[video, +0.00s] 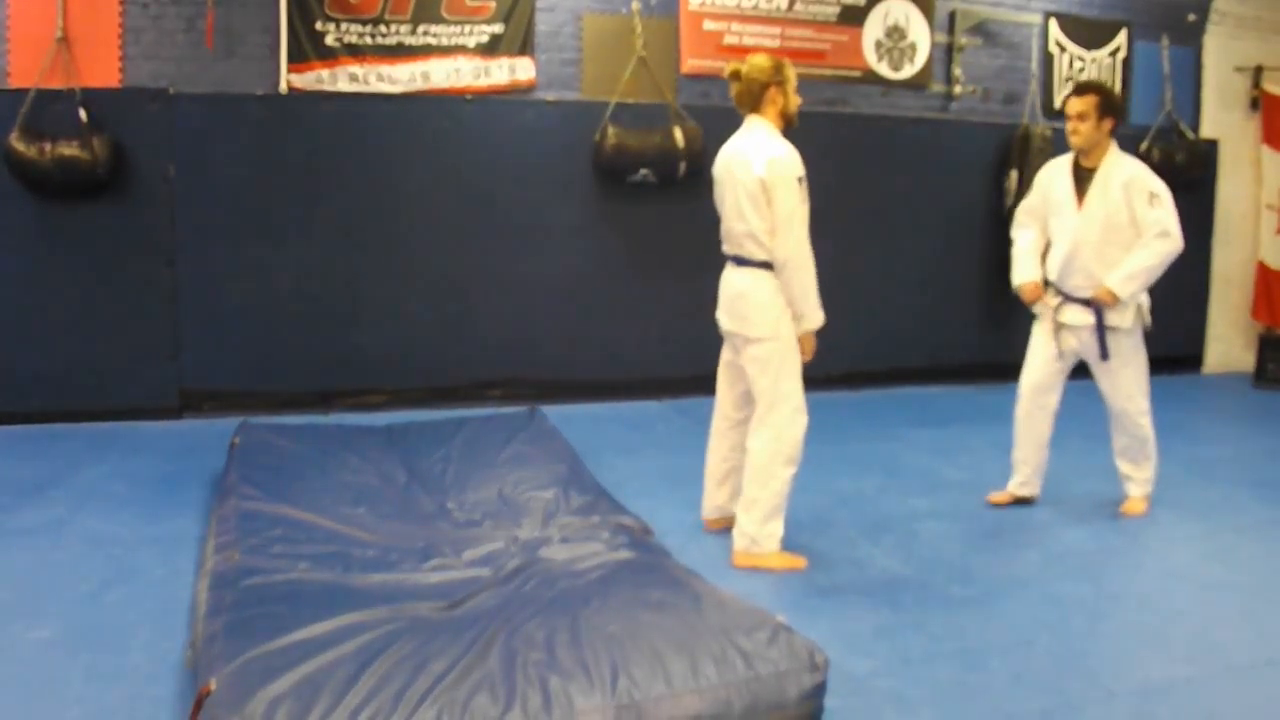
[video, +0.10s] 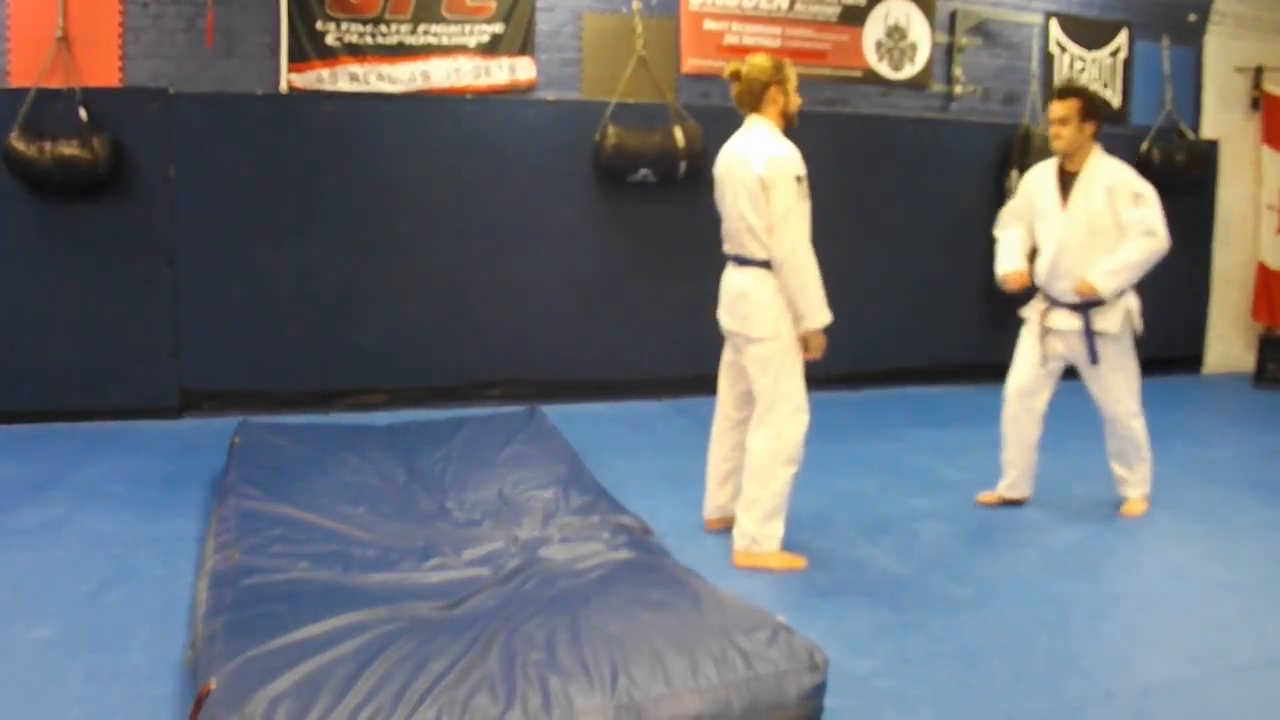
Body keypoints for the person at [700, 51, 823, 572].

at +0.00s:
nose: (797, 99)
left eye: (794, 90)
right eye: (793, 91)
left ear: (747, 96)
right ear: (777, 95)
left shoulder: (730, 150)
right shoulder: (780, 156)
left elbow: (733, 232)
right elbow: (792, 247)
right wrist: (807, 320)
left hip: (734, 278)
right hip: (767, 287)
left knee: (734, 403)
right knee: (783, 415)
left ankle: (719, 507)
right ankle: (756, 542)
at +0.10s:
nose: (797, 99)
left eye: (794, 90)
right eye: (793, 91)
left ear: (749, 95)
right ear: (776, 95)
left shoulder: (732, 149)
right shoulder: (779, 156)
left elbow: (735, 231)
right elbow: (790, 248)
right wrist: (812, 320)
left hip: (735, 277)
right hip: (766, 286)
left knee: (735, 403)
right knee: (784, 414)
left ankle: (720, 506)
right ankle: (756, 541)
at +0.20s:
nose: (797, 99)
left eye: (794, 90)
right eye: (793, 91)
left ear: (750, 96)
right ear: (776, 96)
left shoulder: (734, 148)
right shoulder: (778, 156)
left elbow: (735, 229)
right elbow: (794, 246)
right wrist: (818, 321)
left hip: (736, 277)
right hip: (767, 285)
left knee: (736, 402)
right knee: (784, 414)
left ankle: (720, 506)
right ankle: (756, 541)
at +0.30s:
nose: (798, 99)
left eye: (795, 90)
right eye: (794, 90)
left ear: (753, 96)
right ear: (776, 95)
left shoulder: (733, 148)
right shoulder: (778, 155)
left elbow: (734, 228)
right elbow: (796, 244)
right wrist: (826, 314)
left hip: (736, 278)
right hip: (768, 285)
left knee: (735, 401)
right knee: (783, 414)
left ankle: (721, 505)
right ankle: (757, 540)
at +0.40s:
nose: (799, 100)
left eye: (795, 91)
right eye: (794, 92)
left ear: (752, 96)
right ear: (778, 95)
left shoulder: (731, 149)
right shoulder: (779, 154)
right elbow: (800, 241)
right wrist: (876, 254)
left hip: (733, 283)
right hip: (767, 291)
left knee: (734, 404)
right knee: (782, 416)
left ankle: (720, 506)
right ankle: (756, 541)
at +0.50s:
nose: (800, 101)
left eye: (797, 93)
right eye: (796, 93)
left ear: (753, 95)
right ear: (781, 95)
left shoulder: (733, 145)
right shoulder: (785, 152)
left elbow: (761, 201)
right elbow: (838, 214)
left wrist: (810, 176)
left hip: (724, 282)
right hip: (763, 291)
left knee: (730, 405)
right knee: (781, 417)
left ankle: (720, 506)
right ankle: (756, 541)